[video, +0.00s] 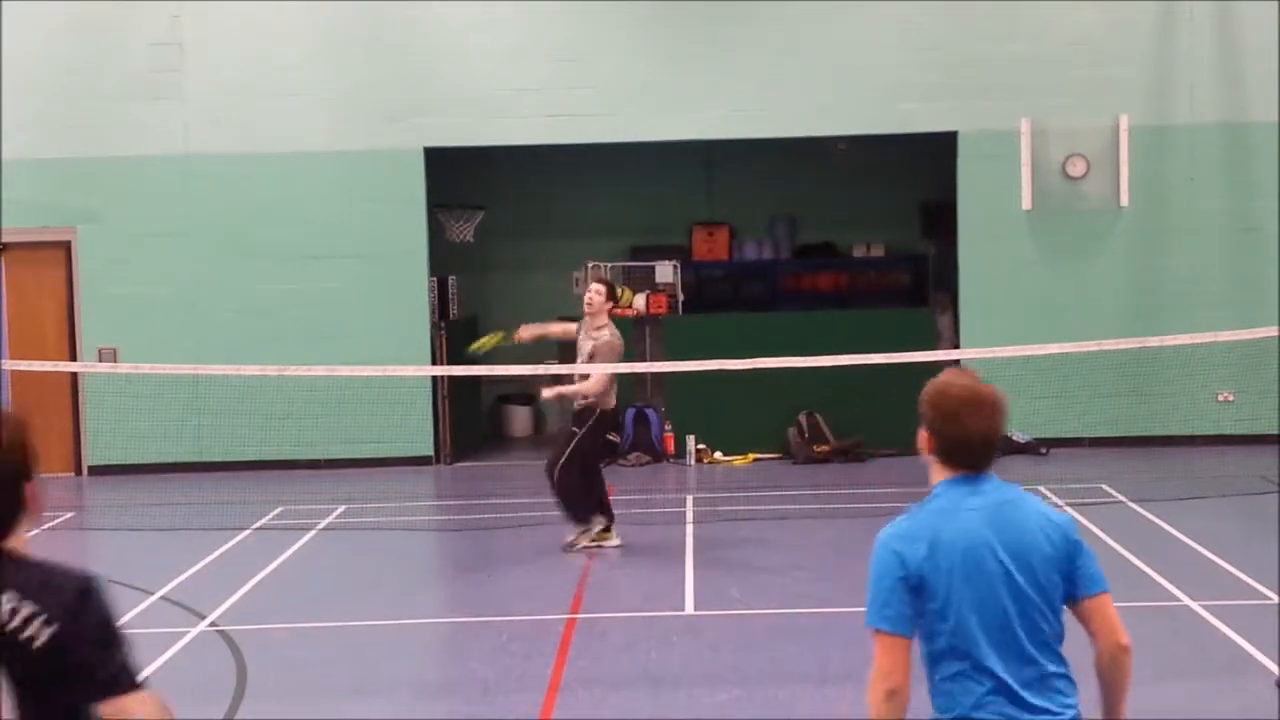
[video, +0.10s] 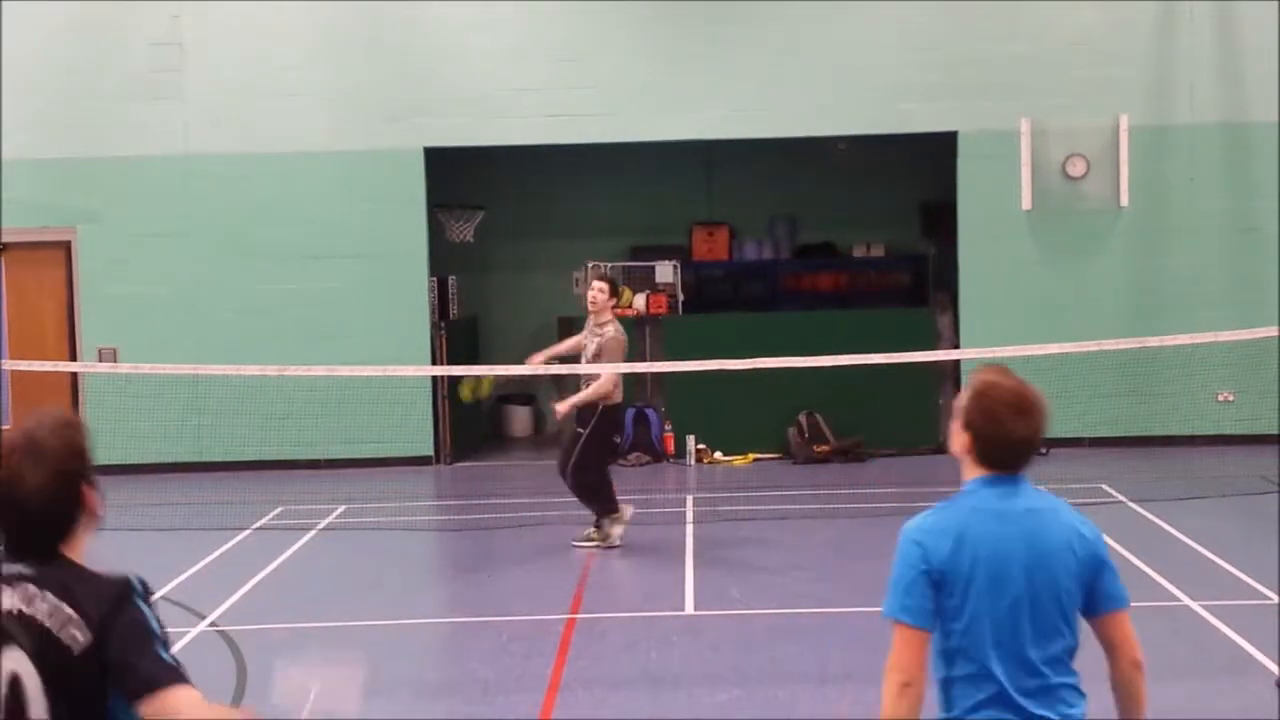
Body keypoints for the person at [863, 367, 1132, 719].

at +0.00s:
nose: (918, 432)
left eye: (919, 425)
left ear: (925, 441)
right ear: (994, 439)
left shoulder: (904, 540)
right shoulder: (1050, 521)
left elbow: (890, 687)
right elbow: (1115, 644)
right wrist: (1114, 713)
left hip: (965, 710)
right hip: (1055, 709)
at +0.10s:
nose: (952, 415)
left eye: (956, 412)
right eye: (957, 409)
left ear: (966, 439)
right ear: (1030, 443)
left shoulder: (928, 535)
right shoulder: (1074, 529)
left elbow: (905, 680)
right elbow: (1129, 660)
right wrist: (1133, 714)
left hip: (971, 709)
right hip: (1061, 708)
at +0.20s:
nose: (989, 412)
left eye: (997, 410)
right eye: (997, 406)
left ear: (1008, 446)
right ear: (1062, 452)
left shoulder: (955, 534)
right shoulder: (1102, 541)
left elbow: (924, 673)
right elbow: (1135, 678)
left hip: (983, 709)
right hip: (1074, 710)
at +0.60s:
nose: (976, 424)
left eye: (986, 418)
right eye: (984, 415)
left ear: (1001, 447)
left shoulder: (941, 528)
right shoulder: (1083, 535)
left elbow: (922, 655)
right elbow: (1115, 670)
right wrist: (1079, 712)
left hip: (965, 709)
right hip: (1056, 709)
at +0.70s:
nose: (930, 440)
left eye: (940, 432)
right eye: (937, 431)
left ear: (959, 457)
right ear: (1001, 461)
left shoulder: (904, 539)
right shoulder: (1042, 538)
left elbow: (876, 666)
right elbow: (1084, 666)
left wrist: (865, 712)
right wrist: (1061, 712)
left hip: (937, 710)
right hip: (1027, 710)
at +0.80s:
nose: (881, 442)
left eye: (887, 433)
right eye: (884, 432)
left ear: (903, 447)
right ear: (950, 449)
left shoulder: (856, 531)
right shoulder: (991, 524)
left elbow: (824, 658)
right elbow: (1042, 645)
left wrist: (809, 712)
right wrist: (1021, 708)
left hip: (896, 708)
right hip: (983, 707)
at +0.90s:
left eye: (845, 421)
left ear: (849, 429)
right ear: (914, 429)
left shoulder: (816, 510)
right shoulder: (951, 499)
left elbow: (780, 633)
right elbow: (1001, 615)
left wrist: (762, 710)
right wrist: (984, 686)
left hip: (860, 702)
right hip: (946, 702)